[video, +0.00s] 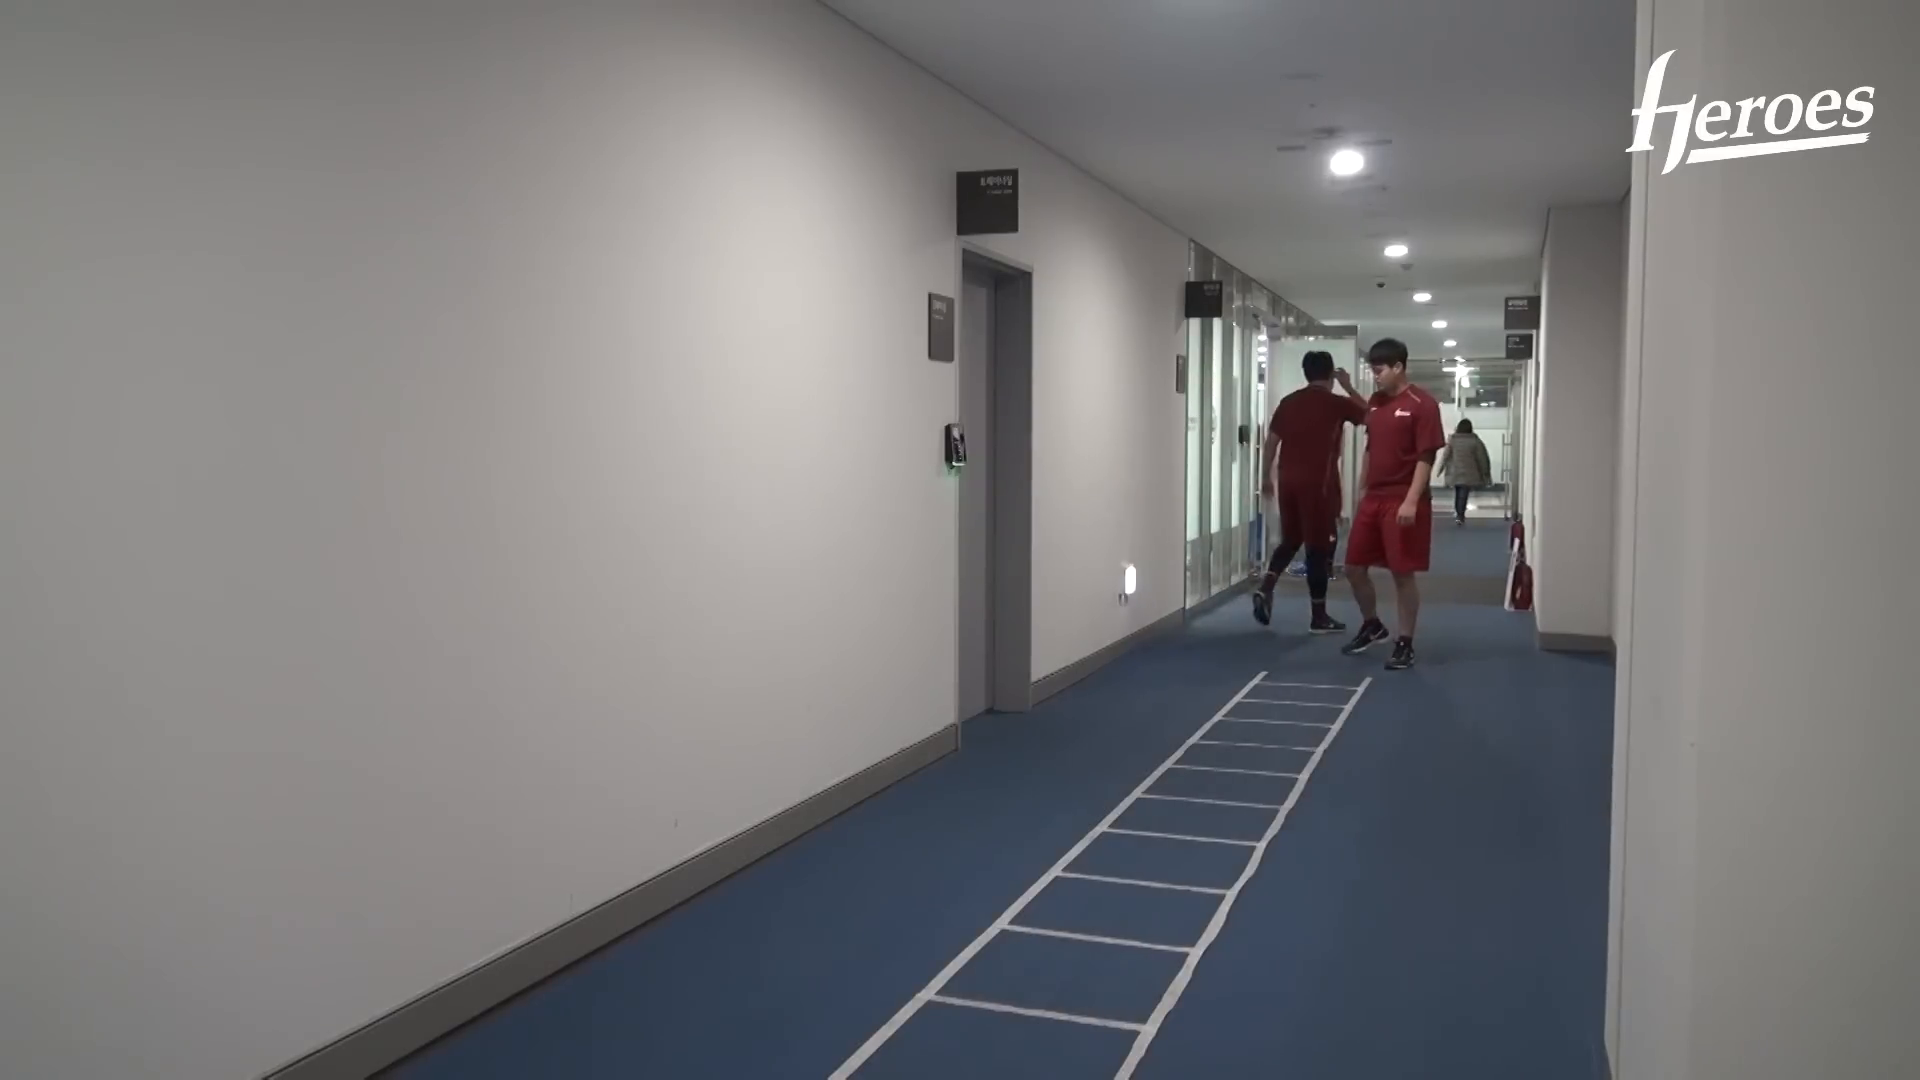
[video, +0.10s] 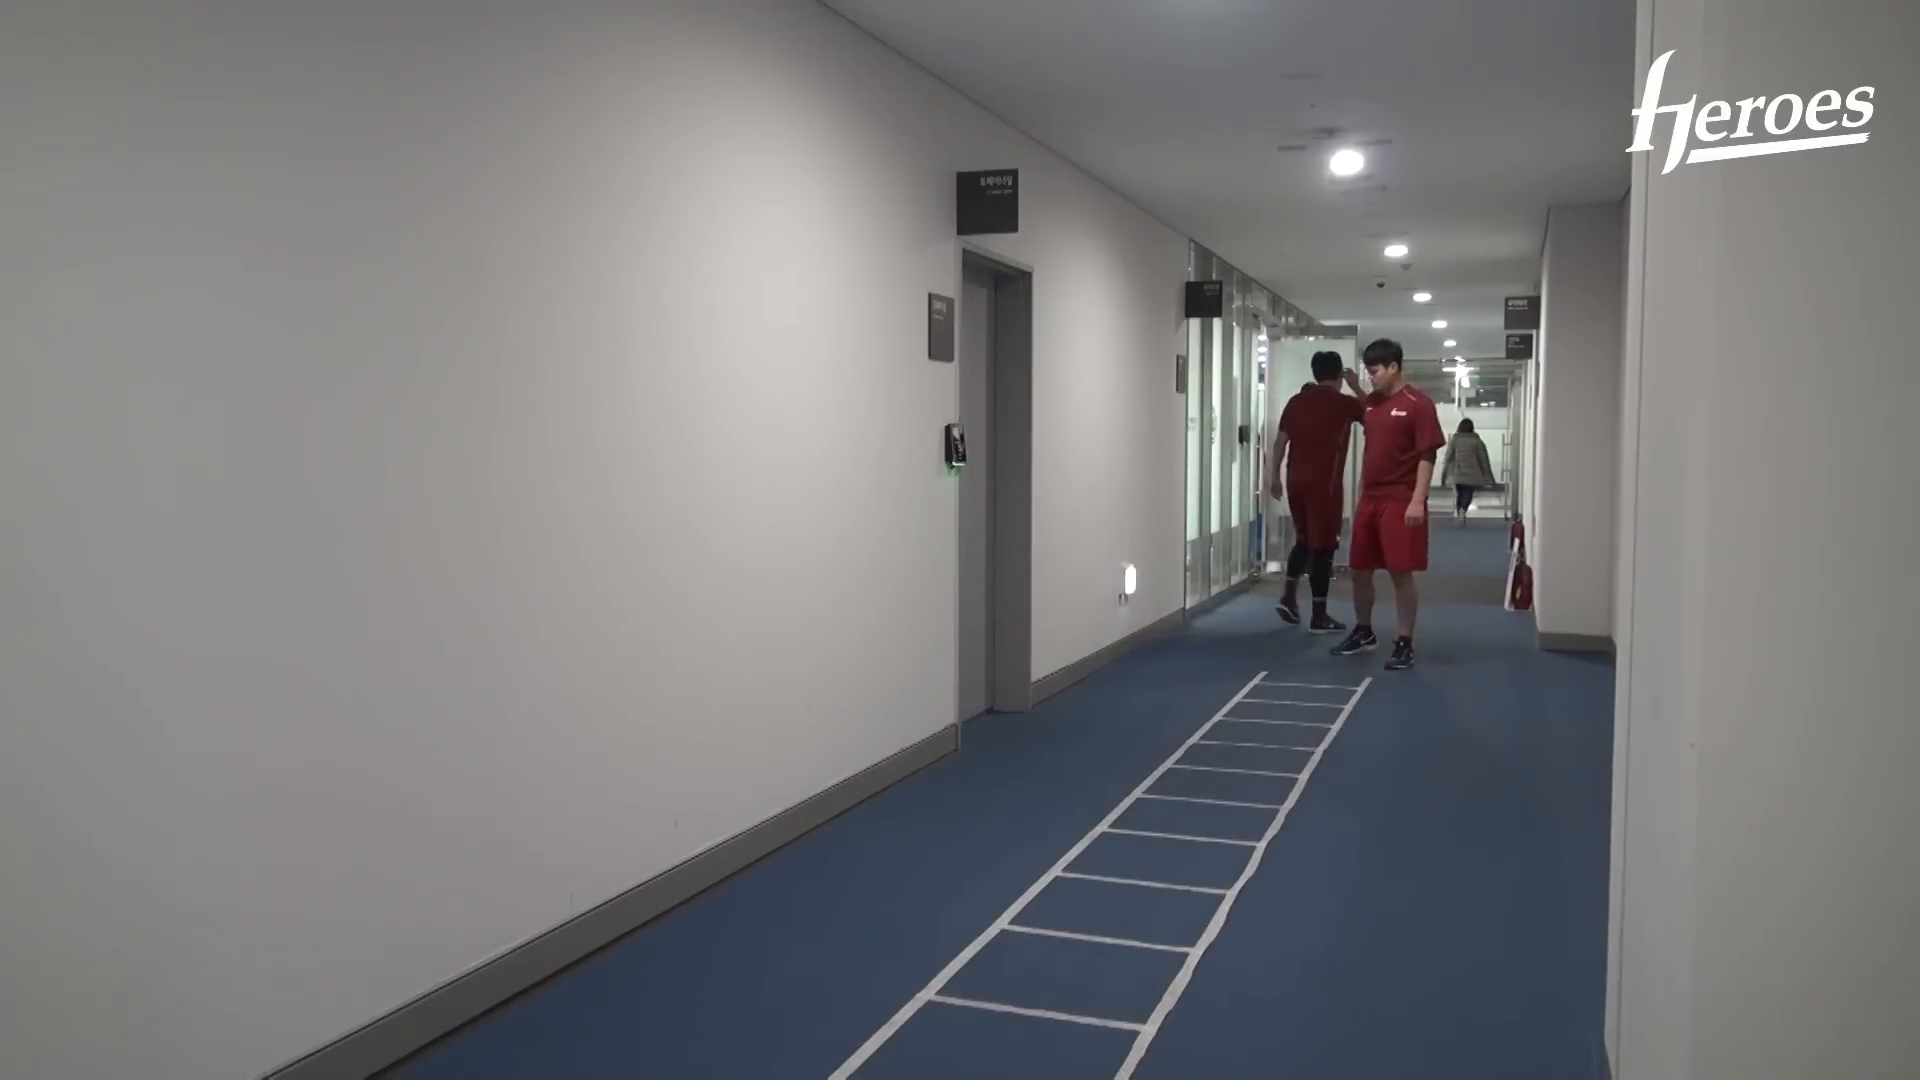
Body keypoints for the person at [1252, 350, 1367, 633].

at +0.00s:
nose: (1332, 377)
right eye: (1331, 373)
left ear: (1305, 374)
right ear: (1330, 374)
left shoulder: (1289, 401)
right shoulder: (1335, 402)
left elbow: (1271, 441)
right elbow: (1368, 415)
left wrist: (1266, 477)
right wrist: (1349, 387)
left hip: (1288, 482)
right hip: (1320, 484)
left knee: (1291, 541)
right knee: (1319, 548)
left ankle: (1266, 587)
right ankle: (1319, 615)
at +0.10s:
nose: (1341, 378)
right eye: (1340, 374)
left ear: (1314, 374)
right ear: (1338, 375)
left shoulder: (1296, 402)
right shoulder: (1342, 402)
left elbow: (1280, 442)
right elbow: (1373, 413)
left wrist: (1274, 477)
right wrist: (1356, 387)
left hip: (1296, 481)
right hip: (1325, 483)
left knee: (1303, 541)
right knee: (1323, 547)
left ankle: (1288, 597)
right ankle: (1319, 615)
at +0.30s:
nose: (1358, 382)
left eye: (1355, 376)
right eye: (1356, 377)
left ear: (1329, 377)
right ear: (1353, 377)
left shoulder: (1312, 404)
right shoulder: (1357, 407)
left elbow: (1295, 445)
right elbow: (1365, 448)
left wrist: (1288, 480)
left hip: (1310, 485)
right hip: (1340, 486)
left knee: (1324, 549)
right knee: (1329, 551)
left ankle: (1337, 605)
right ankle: (1320, 614)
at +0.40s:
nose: (1362, 377)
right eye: (1359, 372)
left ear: (1334, 378)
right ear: (1356, 374)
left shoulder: (1318, 407)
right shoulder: (1365, 402)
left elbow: (1304, 447)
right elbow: (1368, 448)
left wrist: (1298, 483)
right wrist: (1371, 482)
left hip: (1319, 485)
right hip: (1349, 485)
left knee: (1335, 547)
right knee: (1338, 548)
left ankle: (1343, 605)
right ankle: (1322, 611)